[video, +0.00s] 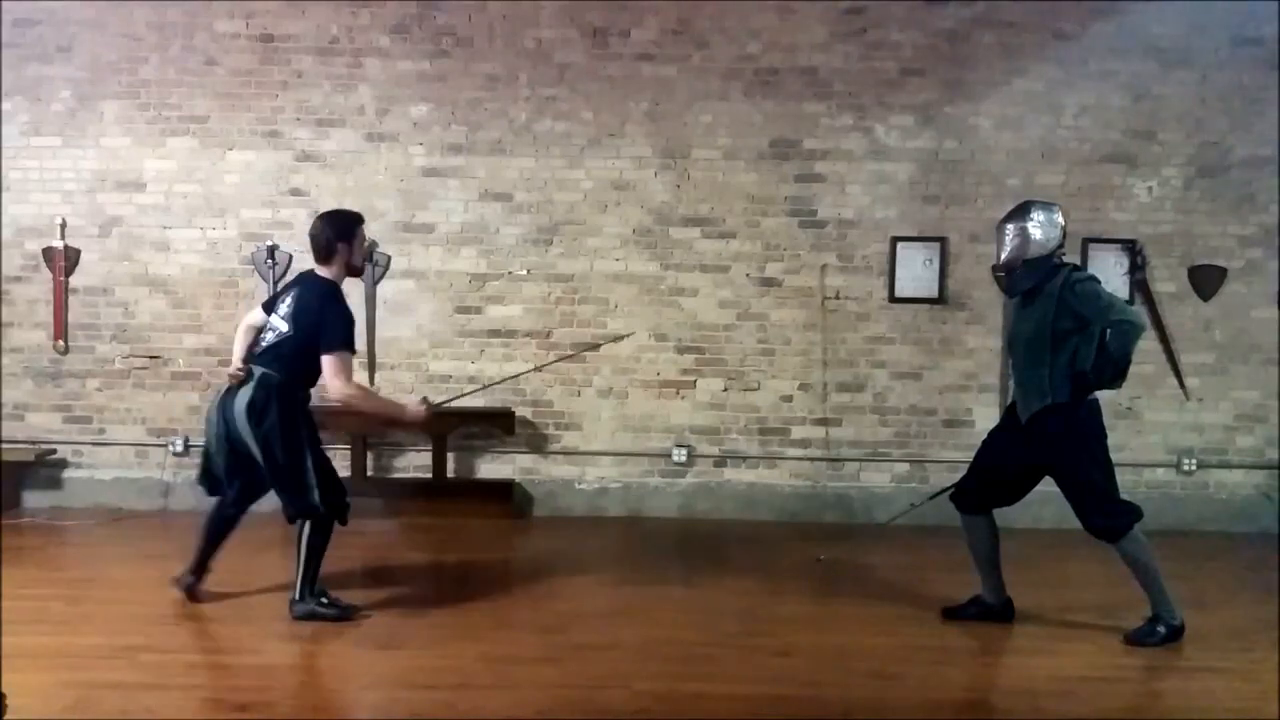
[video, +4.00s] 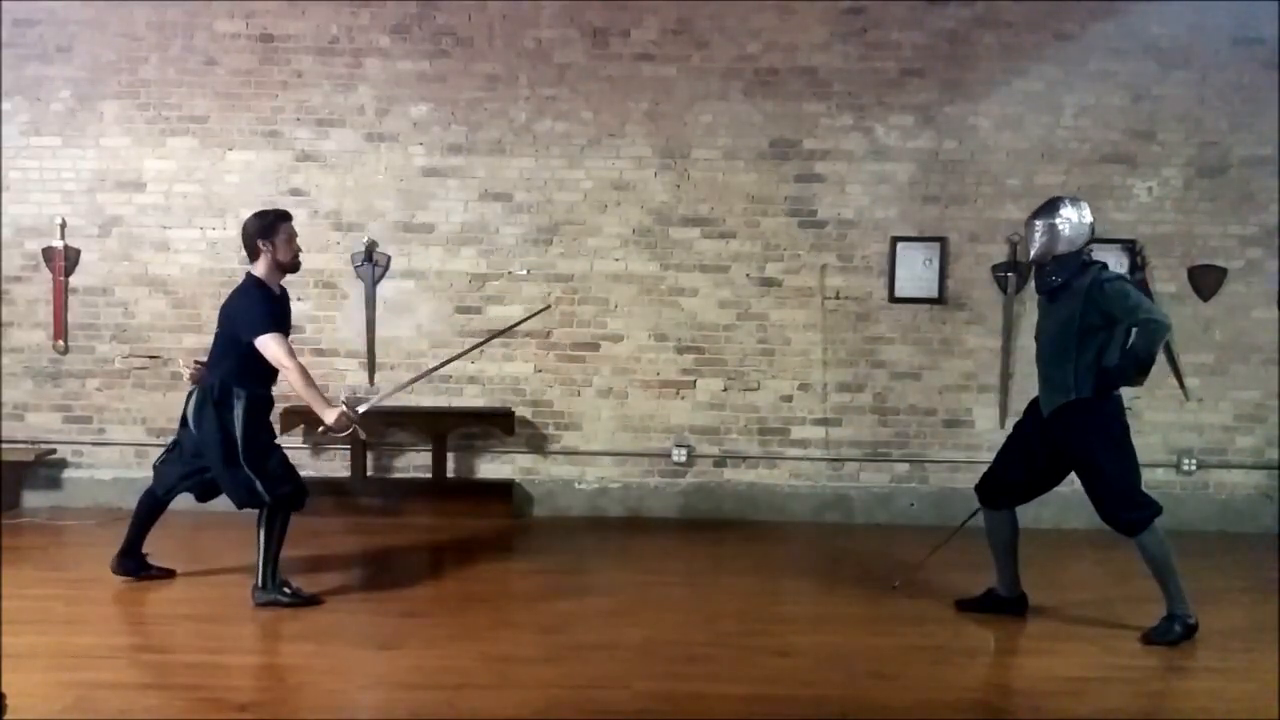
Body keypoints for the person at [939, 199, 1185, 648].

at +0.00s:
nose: (1005, 247)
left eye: (1014, 236)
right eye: (1005, 237)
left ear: (1039, 238)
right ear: (1020, 240)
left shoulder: (1071, 283)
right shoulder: (1023, 289)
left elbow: (1129, 321)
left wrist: (1099, 377)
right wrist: (1023, 396)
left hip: (1071, 420)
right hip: (1025, 421)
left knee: (1107, 517)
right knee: (971, 498)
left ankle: (1167, 616)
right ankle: (994, 599)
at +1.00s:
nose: (963, 246)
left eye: (971, 237)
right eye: (965, 237)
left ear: (991, 240)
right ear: (997, 243)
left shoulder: (1031, 283)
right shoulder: (955, 296)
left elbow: (1093, 313)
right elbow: (886, 307)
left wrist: (1062, 359)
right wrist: (845, 276)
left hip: (1026, 415)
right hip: (977, 418)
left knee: (1076, 504)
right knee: (911, 474)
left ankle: (1150, 601)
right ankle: (900, 562)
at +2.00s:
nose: (1013, 255)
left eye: (1023, 245)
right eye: (1012, 246)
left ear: (1049, 247)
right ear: (1013, 249)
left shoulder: (1089, 292)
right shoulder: (1007, 305)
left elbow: (1153, 331)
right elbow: (960, 350)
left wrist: (1112, 375)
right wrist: (897, 360)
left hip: (1071, 422)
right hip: (1017, 422)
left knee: (1111, 515)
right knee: (957, 489)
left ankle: (1169, 612)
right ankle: (961, 581)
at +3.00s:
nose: (1056, 239)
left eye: (1067, 228)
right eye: (1053, 229)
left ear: (1090, 231)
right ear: (1049, 233)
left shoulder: (1122, 282)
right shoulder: (1042, 299)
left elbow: (1183, 325)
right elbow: (1008, 357)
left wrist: (1136, 371)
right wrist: (954, 391)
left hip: (1101, 414)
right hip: (1049, 415)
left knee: (1130, 511)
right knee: (996, 492)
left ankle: (1173, 612)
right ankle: (1007, 592)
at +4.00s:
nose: (1033, 244)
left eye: (1040, 235)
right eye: (1033, 235)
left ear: (1065, 235)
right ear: (1056, 235)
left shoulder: (1099, 282)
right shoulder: (1053, 282)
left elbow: (1155, 321)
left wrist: (1127, 370)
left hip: (1094, 416)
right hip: (1050, 414)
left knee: (1130, 512)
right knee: (995, 492)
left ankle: (1180, 613)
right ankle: (1008, 592)